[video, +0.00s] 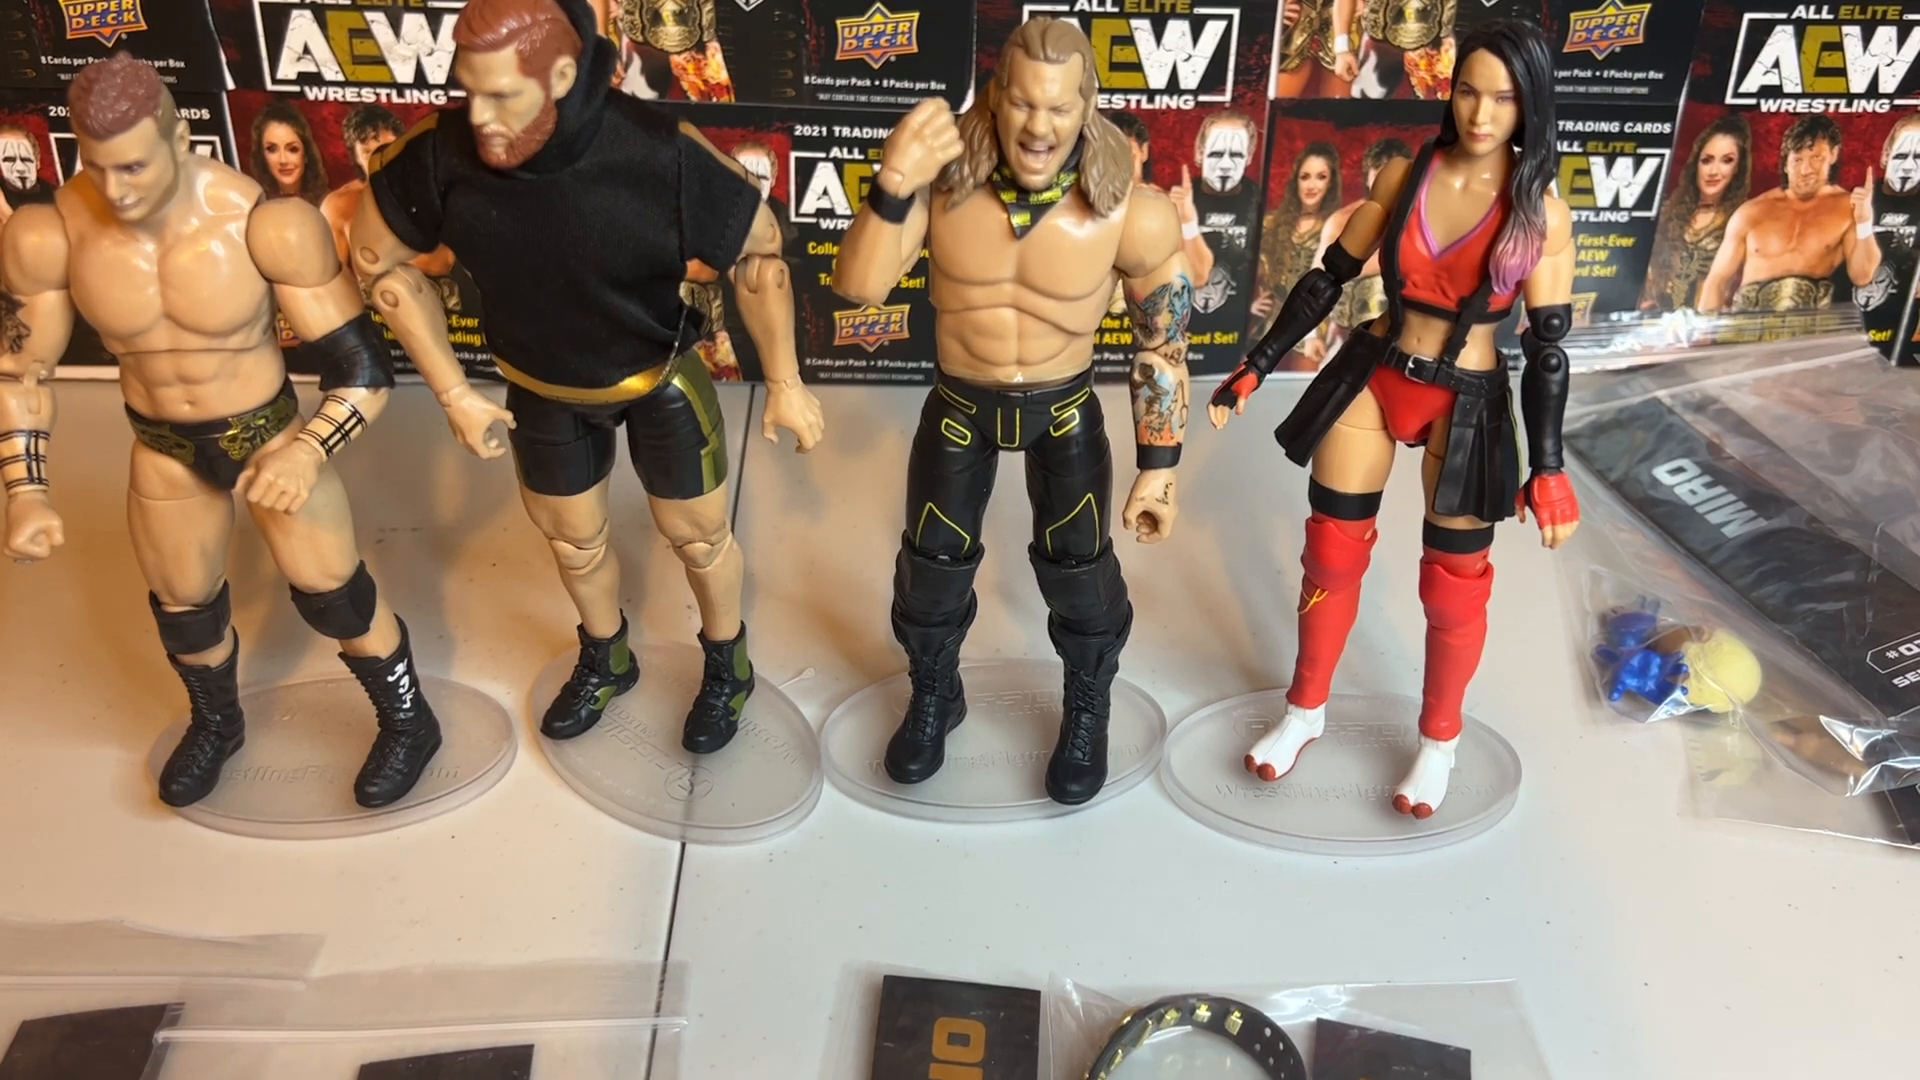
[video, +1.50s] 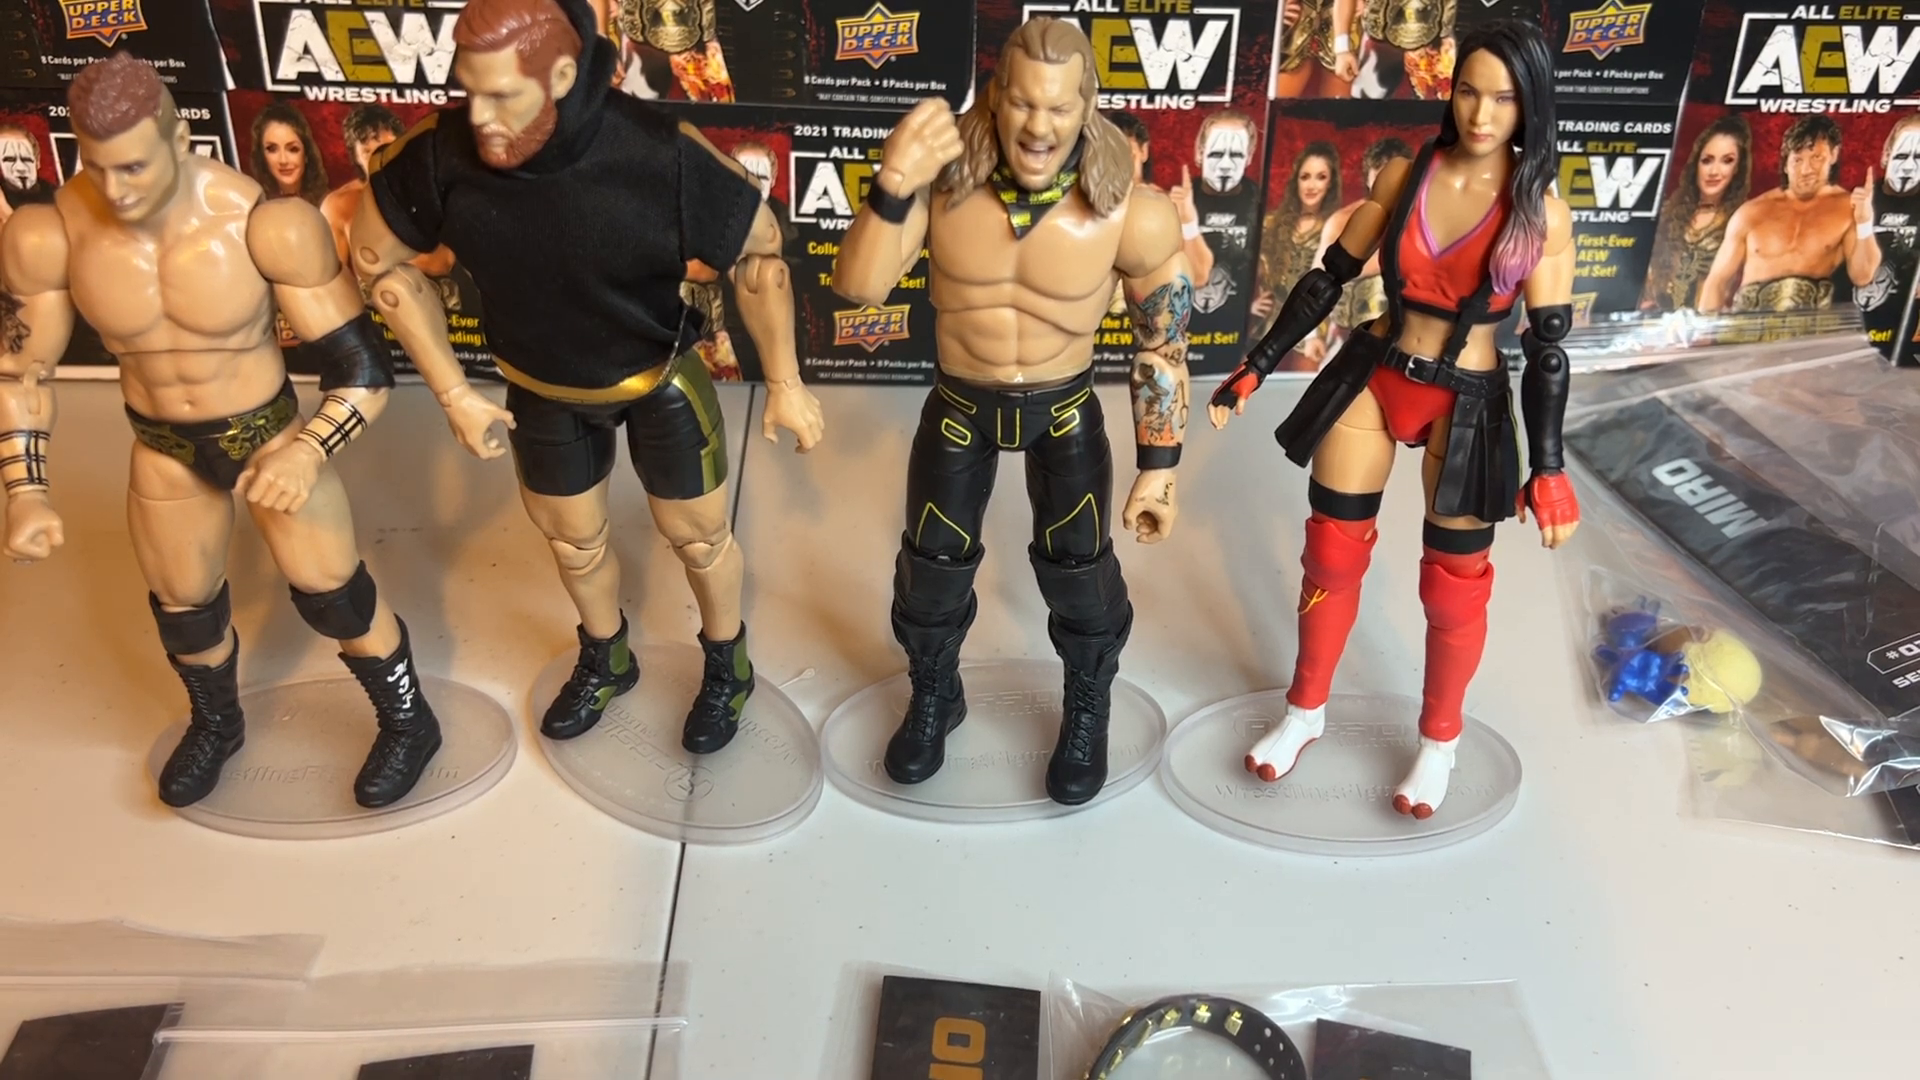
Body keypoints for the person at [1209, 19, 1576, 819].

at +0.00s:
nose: (1479, 113)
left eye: (1500, 98)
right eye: (1468, 93)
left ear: (1528, 108)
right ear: (1450, 93)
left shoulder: (1540, 208)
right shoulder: (1406, 175)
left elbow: (1548, 343)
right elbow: (1332, 273)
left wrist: (1548, 465)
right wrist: (1255, 364)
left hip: (1466, 403)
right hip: (1371, 382)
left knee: (1453, 589)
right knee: (1331, 559)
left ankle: (1437, 742)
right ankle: (1304, 709)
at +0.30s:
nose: (1480, 113)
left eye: (1501, 99)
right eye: (1469, 93)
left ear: (1529, 108)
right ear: (1451, 94)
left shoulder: (1540, 209)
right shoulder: (1405, 175)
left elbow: (1549, 344)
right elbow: (1332, 274)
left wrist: (1549, 465)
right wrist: (1256, 364)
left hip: (1467, 404)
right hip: (1372, 382)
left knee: (1454, 588)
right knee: (1332, 558)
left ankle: (1438, 742)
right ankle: (1305, 710)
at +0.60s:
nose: (1480, 114)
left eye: (1501, 100)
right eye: (1469, 94)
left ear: (1529, 109)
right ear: (1451, 95)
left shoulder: (1540, 211)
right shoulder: (1405, 176)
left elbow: (1549, 346)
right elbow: (1333, 275)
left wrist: (1549, 466)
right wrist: (1256, 365)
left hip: (1467, 405)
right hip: (1372, 383)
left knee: (1453, 590)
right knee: (1332, 560)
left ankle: (1438, 741)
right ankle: (1305, 710)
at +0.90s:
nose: (1480, 113)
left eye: (1501, 99)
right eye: (1469, 93)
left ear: (1528, 109)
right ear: (1451, 94)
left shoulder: (1540, 208)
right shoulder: (1406, 175)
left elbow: (1549, 343)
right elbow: (1332, 273)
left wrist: (1549, 465)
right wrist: (1256, 364)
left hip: (1467, 404)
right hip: (1372, 382)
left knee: (1454, 589)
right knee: (1332, 558)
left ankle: (1437, 742)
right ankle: (1304, 710)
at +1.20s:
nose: (1479, 113)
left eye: (1500, 99)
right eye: (1468, 93)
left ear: (1528, 108)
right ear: (1450, 93)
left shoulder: (1540, 209)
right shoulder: (1406, 174)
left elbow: (1548, 344)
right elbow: (1332, 273)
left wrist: (1548, 465)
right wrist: (1256, 364)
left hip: (1466, 404)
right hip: (1371, 382)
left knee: (1453, 589)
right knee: (1331, 558)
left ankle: (1437, 742)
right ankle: (1304, 709)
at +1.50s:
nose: (1480, 113)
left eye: (1501, 99)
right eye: (1469, 93)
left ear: (1529, 108)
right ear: (1450, 93)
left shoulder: (1540, 209)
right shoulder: (1407, 174)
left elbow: (1549, 344)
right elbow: (1332, 273)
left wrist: (1549, 465)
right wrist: (1256, 364)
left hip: (1466, 404)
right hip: (1371, 382)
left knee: (1454, 589)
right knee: (1331, 558)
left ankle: (1437, 742)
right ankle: (1304, 710)